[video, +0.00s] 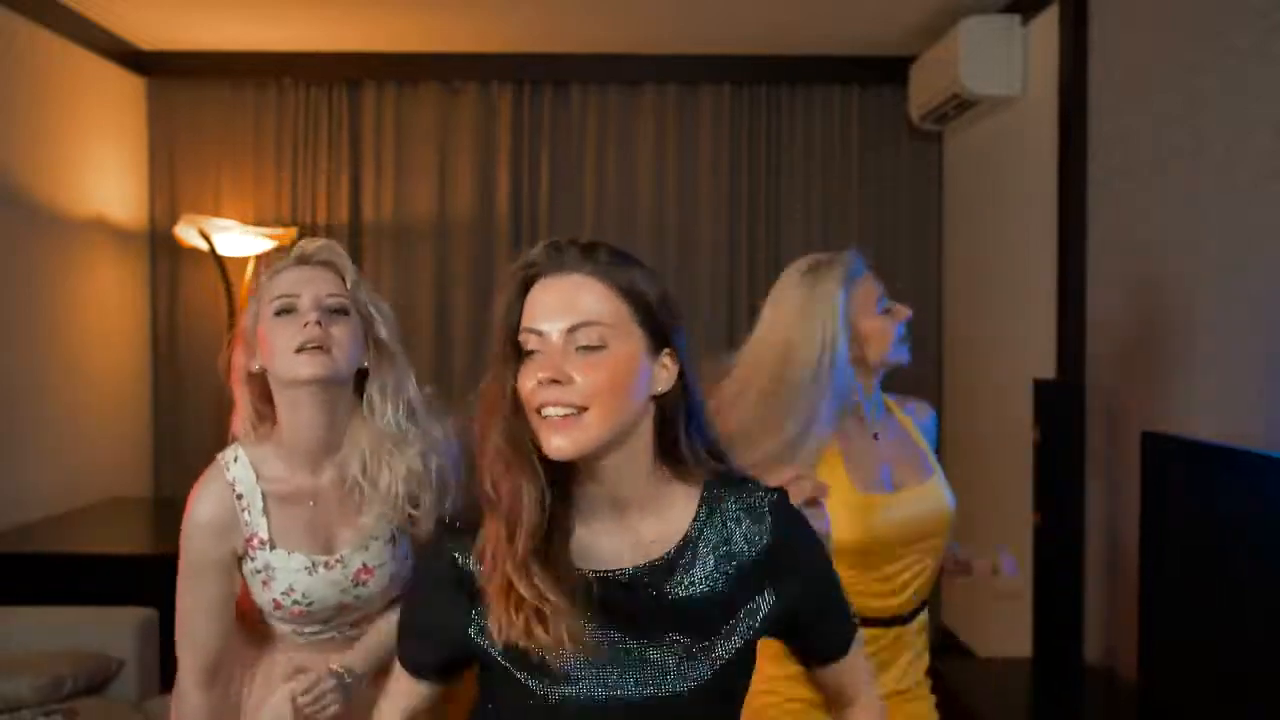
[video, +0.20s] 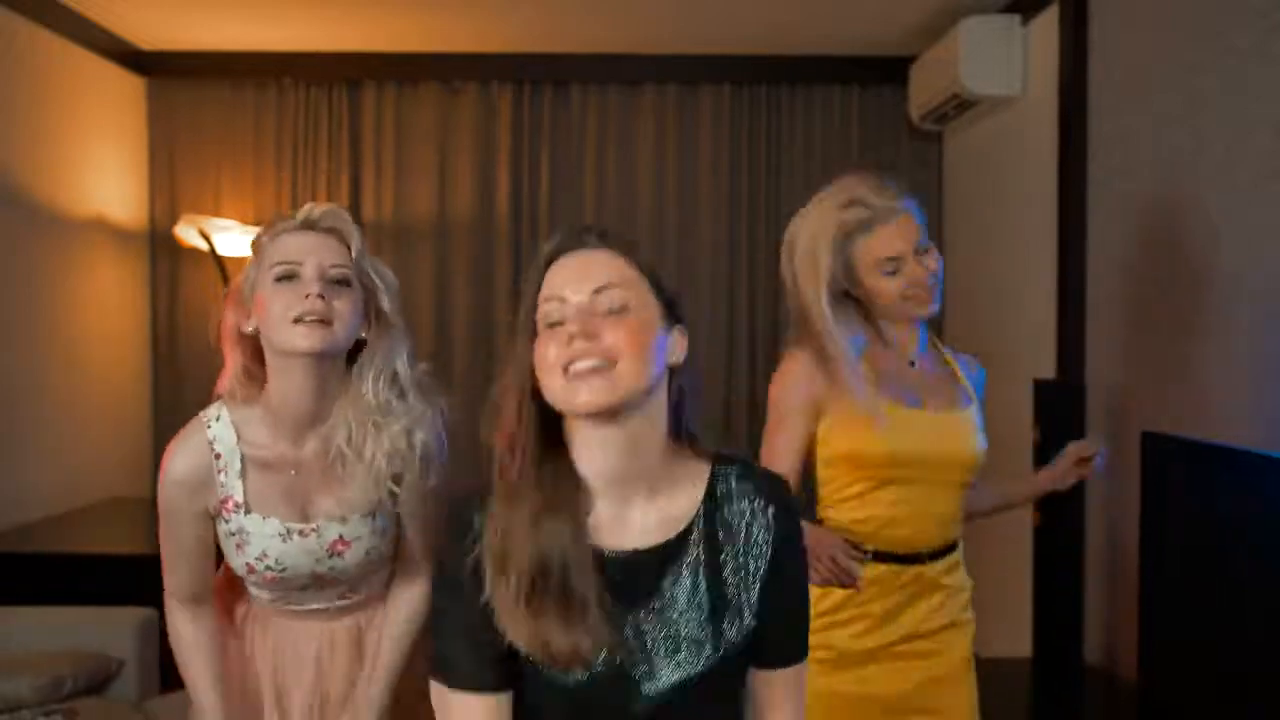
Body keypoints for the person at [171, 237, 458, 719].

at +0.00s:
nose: (313, 321)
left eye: (337, 310)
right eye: (286, 310)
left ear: (367, 347)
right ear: (254, 351)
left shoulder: (418, 462)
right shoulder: (225, 494)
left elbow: (442, 580)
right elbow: (202, 680)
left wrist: (353, 669)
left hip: (401, 689)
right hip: (282, 692)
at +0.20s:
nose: (314, 293)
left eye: (338, 281)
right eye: (286, 277)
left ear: (365, 320)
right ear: (249, 311)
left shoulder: (406, 433)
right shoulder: (197, 461)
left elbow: (414, 574)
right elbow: (188, 604)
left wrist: (367, 707)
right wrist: (211, 712)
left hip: (373, 633)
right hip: (262, 641)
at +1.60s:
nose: (343, 319)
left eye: (370, 300)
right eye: (327, 297)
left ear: (406, 308)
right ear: (309, 306)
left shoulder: (385, 401)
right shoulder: (349, 392)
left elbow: (209, 486)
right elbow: (216, 454)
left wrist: (238, 341)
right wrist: (247, 338)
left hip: (340, 644)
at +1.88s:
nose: (385, 334)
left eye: (413, 319)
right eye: (373, 309)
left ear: (450, 333)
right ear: (356, 307)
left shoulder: (394, 419)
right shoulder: (404, 412)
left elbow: (227, 315)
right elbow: (274, 337)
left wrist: (351, 238)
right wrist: (344, 245)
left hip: (326, 653)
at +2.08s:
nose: (393, 312)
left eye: (424, 300)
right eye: (385, 289)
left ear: (465, 319)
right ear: (368, 290)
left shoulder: (408, 407)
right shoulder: (396, 401)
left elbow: (272, 265)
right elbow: (277, 346)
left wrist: (417, 196)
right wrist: (369, 221)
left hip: (324, 632)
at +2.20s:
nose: (397, 313)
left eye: (430, 301)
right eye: (392, 292)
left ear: (476, 322)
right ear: (377, 293)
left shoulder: (409, 410)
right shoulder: (416, 407)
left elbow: (259, 286)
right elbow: (271, 353)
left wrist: (420, 207)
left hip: (324, 635)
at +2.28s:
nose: (394, 326)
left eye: (426, 315)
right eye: (389, 307)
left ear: (471, 342)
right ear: (376, 311)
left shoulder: (414, 437)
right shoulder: (420, 434)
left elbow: (229, 355)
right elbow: (280, 371)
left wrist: (371, 241)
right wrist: (354, 262)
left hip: (330, 660)